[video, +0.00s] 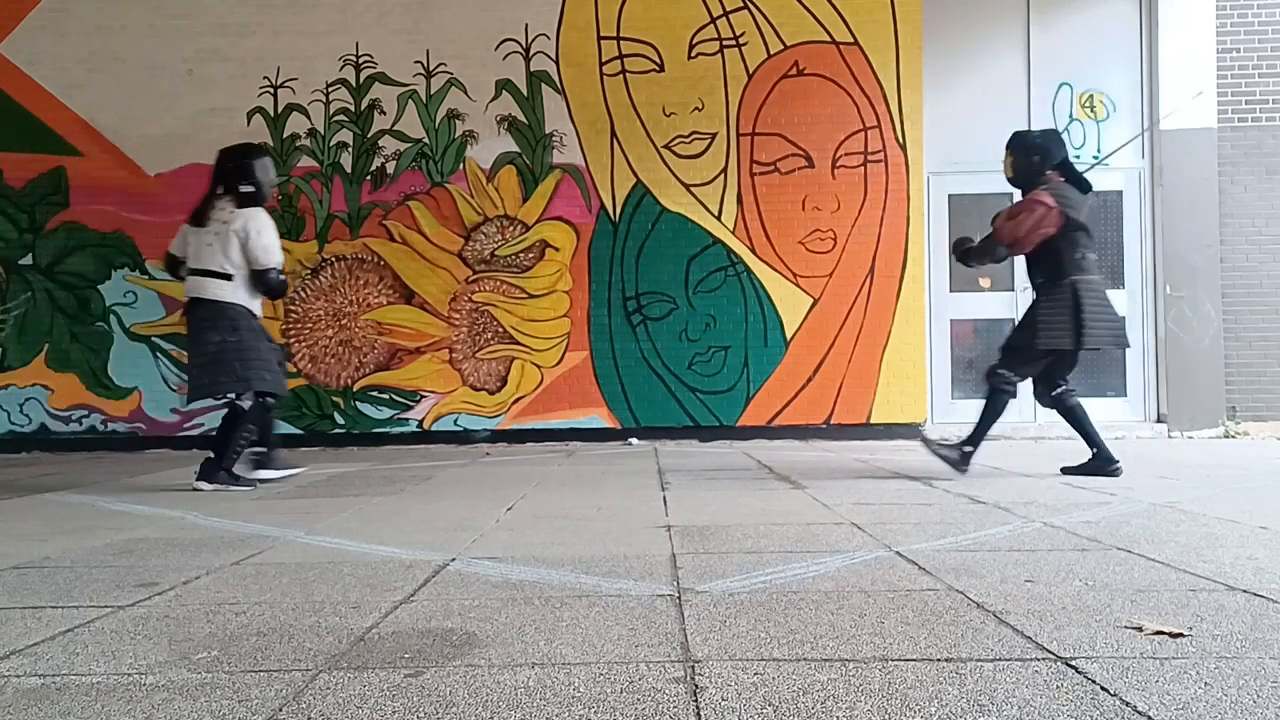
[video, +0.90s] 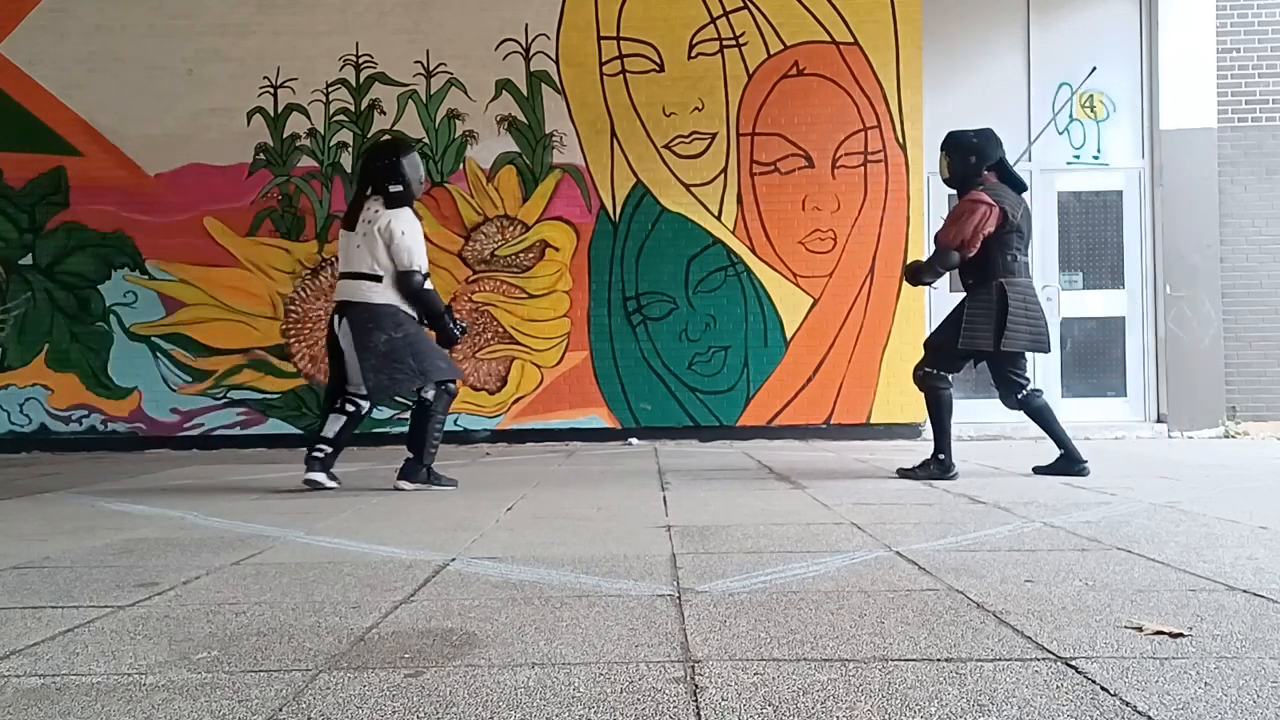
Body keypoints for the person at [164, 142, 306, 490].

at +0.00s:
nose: (273, 185)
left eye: (272, 177)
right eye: (268, 177)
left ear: (225, 177)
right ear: (253, 178)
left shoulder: (204, 212)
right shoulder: (255, 218)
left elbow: (173, 264)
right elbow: (268, 282)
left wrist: (209, 277)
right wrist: (282, 283)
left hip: (199, 312)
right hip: (232, 315)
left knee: (265, 376)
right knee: (255, 392)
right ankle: (218, 468)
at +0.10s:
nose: (291, 182)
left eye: (289, 174)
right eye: (285, 175)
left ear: (244, 179)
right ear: (271, 180)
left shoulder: (224, 216)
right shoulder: (272, 221)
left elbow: (198, 267)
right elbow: (282, 282)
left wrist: (234, 283)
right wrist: (306, 294)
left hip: (221, 319)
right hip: (253, 322)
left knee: (292, 382)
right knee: (275, 395)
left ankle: (289, 461)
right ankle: (221, 464)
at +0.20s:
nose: (307, 186)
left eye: (304, 177)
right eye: (300, 177)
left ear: (265, 185)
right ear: (283, 183)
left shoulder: (250, 220)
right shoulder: (283, 225)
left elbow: (254, 280)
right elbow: (292, 287)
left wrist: (313, 300)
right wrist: (321, 303)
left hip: (243, 319)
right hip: (268, 321)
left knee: (296, 385)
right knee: (320, 381)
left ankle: (291, 463)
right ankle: (252, 445)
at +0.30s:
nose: (323, 193)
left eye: (321, 186)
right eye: (315, 188)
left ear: (284, 193)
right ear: (295, 192)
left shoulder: (271, 226)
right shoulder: (297, 233)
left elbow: (288, 289)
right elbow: (303, 294)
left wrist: (328, 312)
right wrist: (337, 316)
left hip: (262, 320)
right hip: (283, 323)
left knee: (321, 381)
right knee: (341, 367)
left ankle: (295, 458)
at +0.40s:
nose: (341, 198)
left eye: (340, 191)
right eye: (334, 192)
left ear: (301, 198)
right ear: (314, 197)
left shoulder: (291, 230)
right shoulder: (311, 237)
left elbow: (308, 293)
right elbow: (312, 297)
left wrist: (348, 319)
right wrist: (353, 325)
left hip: (280, 326)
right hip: (298, 327)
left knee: (336, 393)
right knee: (355, 366)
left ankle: (293, 462)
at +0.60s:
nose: (382, 195)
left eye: (380, 187)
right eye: (374, 188)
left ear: (345, 195)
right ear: (356, 193)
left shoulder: (332, 228)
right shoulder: (351, 231)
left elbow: (344, 292)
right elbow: (354, 293)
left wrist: (391, 312)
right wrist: (402, 317)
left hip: (320, 327)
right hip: (340, 329)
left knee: (339, 400)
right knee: (402, 378)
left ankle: (291, 463)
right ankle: (414, 466)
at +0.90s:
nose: (421, 176)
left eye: (419, 168)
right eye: (415, 168)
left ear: (372, 175)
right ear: (401, 175)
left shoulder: (354, 214)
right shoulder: (400, 217)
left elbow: (365, 278)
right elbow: (414, 283)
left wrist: (424, 311)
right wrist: (446, 323)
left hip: (345, 318)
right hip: (383, 318)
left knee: (356, 395)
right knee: (441, 381)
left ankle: (319, 463)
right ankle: (419, 467)